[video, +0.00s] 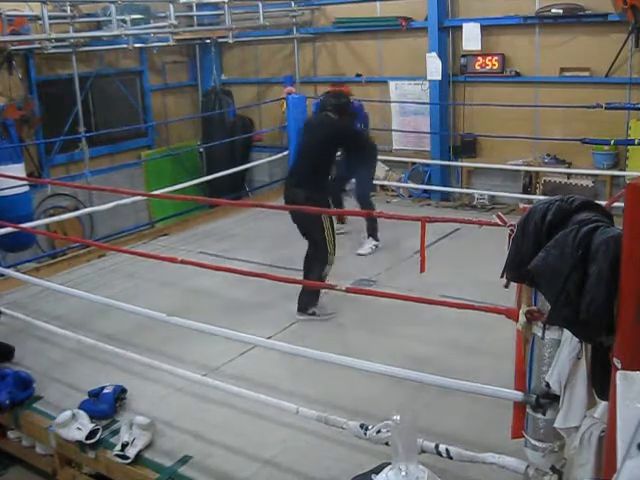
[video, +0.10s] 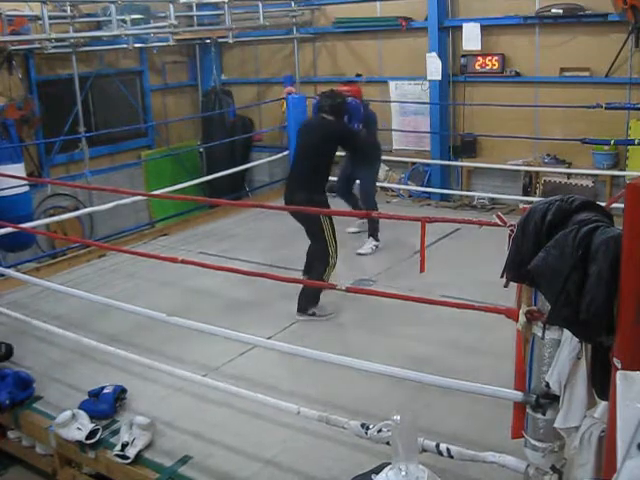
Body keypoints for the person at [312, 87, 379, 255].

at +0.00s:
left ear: (344, 98)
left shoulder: (355, 109)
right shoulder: (324, 105)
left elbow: (361, 131)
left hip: (364, 154)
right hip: (347, 155)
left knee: (362, 195)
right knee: (334, 187)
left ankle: (373, 237)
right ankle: (340, 216)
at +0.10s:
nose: (345, 102)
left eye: (349, 98)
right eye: (343, 98)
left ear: (356, 99)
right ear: (342, 101)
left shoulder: (366, 114)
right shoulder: (344, 113)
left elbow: (366, 141)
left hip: (369, 158)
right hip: (353, 155)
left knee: (367, 196)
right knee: (343, 189)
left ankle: (373, 237)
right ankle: (363, 216)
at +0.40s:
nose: (356, 103)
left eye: (360, 99)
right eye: (354, 99)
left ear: (368, 100)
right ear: (352, 101)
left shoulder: (375, 114)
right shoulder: (357, 115)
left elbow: (376, 137)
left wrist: (361, 120)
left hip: (384, 161)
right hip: (369, 161)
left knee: (369, 196)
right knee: (365, 194)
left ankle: (385, 236)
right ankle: (383, 219)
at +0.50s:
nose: (354, 101)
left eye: (357, 97)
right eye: (353, 97)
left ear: (366, 98)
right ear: (367, 99)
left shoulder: (370, 117)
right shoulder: (369, 112)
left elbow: (376, 143)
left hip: (391, 159)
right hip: (385, 157)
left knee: (373, 199)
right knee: (378, 194)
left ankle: (390, 236)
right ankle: (386, 220)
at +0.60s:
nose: (358, 103)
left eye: (361, 99)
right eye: (357, 99)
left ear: (371, 100)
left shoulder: (374, 119)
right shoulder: (373, 115)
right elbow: (359, 133)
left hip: (395, 163)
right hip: (393, 161)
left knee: (371, 200)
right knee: (385, 195)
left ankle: (400, 239)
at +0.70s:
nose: (361, 105)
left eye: (365, 101)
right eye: (360, 101)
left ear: (375, 103)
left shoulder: (382, 117)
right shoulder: (373, 117)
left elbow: (375, 137)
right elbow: (356, 138)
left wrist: (355, 128)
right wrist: (349, 126)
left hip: (395, 167)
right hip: (389, 167)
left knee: (377, 208)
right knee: (394, 202)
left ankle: (399, 249)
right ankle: (419, 228)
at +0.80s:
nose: (370, 103)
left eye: (375, 99)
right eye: (369, 98)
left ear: (385, 102)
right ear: (369, 100)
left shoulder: (389, 125)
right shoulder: (373, 118)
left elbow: (389, 156)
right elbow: (359, 122)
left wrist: (361, 151)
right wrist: (346, 118)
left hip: (392, 173)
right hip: (380, 171)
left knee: (385, 215)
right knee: (389, 205)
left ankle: (393, 260)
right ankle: (414, 227)